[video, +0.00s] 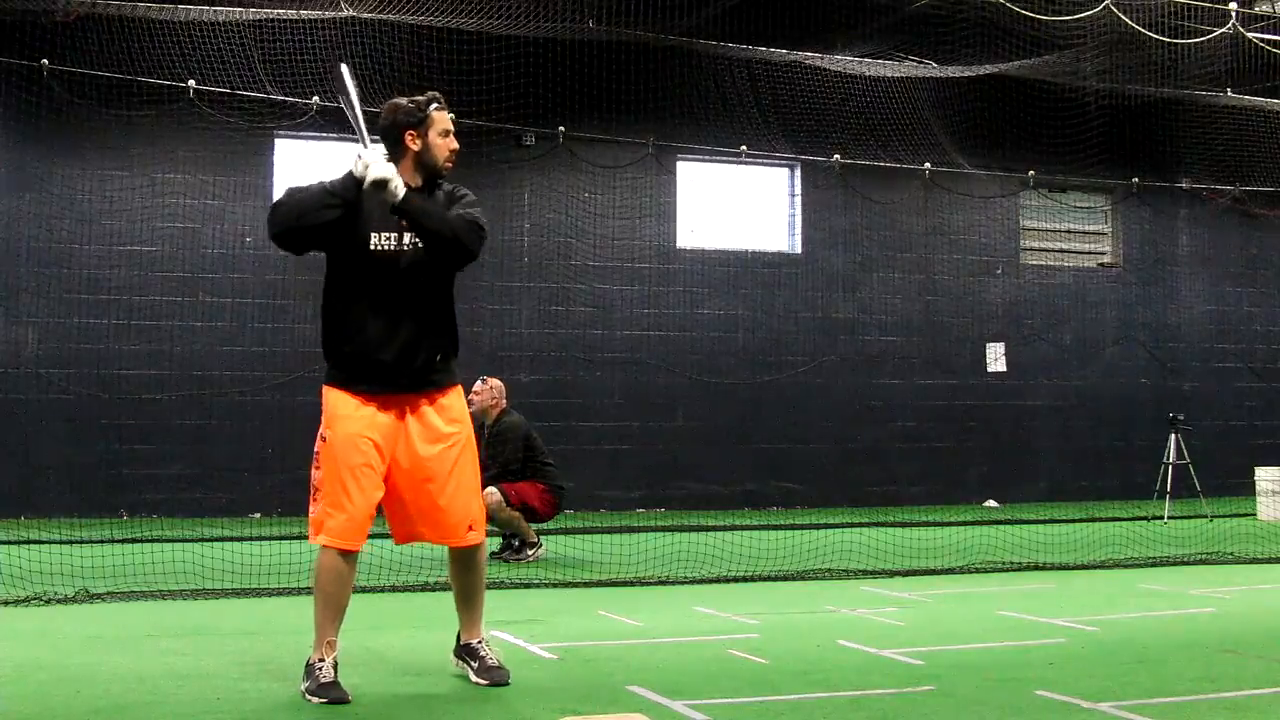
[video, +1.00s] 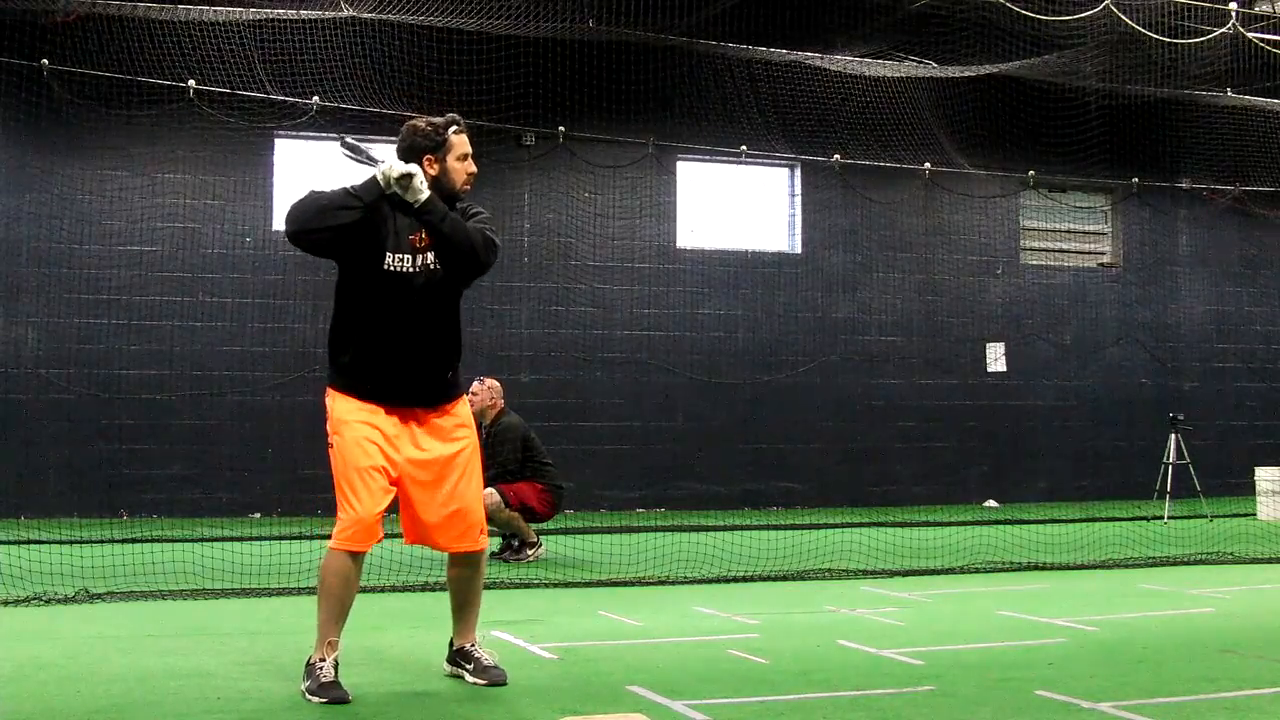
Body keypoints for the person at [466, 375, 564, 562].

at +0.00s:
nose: (469, 398)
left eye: (476, 393)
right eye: (470, 393)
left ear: (494, 400)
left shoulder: (510, 425)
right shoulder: (483, 428)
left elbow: (506, 471)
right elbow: (482, 467)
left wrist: (471, 486)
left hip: (543, 491)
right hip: (516, 487)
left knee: (491, 498)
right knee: (472, 496)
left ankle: (531, 541)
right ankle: (511, 536)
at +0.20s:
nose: (472, 398)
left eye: (477, 393)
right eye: (471, 394)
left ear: (494, 401)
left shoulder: (510, 425)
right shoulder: (485, 426)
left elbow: (504, 472)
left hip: (542, 491)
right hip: (516, 487)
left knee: (491, 499)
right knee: (473, 495)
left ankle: (531, 540)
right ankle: (511, 536)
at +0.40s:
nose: (470, 397)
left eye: (476, 393)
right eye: (470, 393)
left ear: (494, 401)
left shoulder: (510, 426)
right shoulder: (483, 428)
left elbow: (502, 473)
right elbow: (482, 468)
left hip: (543, 491)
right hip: (516, 487)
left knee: (490, 500)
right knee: (473, 496)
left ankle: (531, 540)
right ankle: (511, 536)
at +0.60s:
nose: (467, 398)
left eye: (474, 394)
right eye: (468, 394)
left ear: (492, 401)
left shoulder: (509, 425)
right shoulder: (479, 429)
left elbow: (508, 472)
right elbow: (478, 467)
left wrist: (471, 488)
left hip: (543, 491)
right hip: (514, 488)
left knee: (490, 499)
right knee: (467, 499)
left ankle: (532, 541)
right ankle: (511, 535)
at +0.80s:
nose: (467, 398)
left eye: (474, 394)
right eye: (468, 393)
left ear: (492, 401)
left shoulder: (508, 425)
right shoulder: (483, 429)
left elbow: (506, 472)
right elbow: (482, 468)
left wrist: (471, 488)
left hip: (542, 491)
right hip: (516, 488)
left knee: (490, 499)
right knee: (469, 499)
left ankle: (531, 541)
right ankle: (511, 536)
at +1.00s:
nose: (468, 398)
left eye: (474, 394)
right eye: (468, 393)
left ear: (493, 401)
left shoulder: (508, 426)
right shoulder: (482, 427)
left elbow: (506, 472)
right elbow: (482, 467)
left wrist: (472, 486)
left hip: (542, 491)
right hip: (516, 487)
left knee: (489, 500)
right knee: (471, 497)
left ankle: (531, 541)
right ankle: (511, 536)